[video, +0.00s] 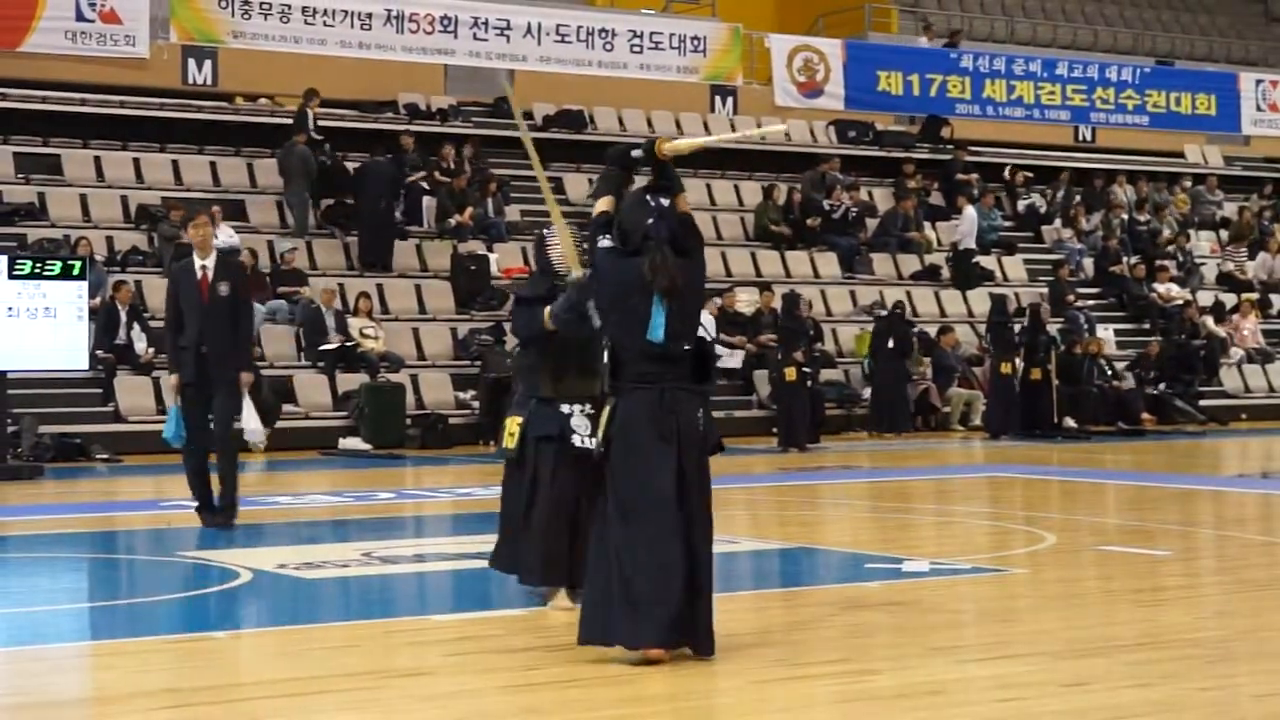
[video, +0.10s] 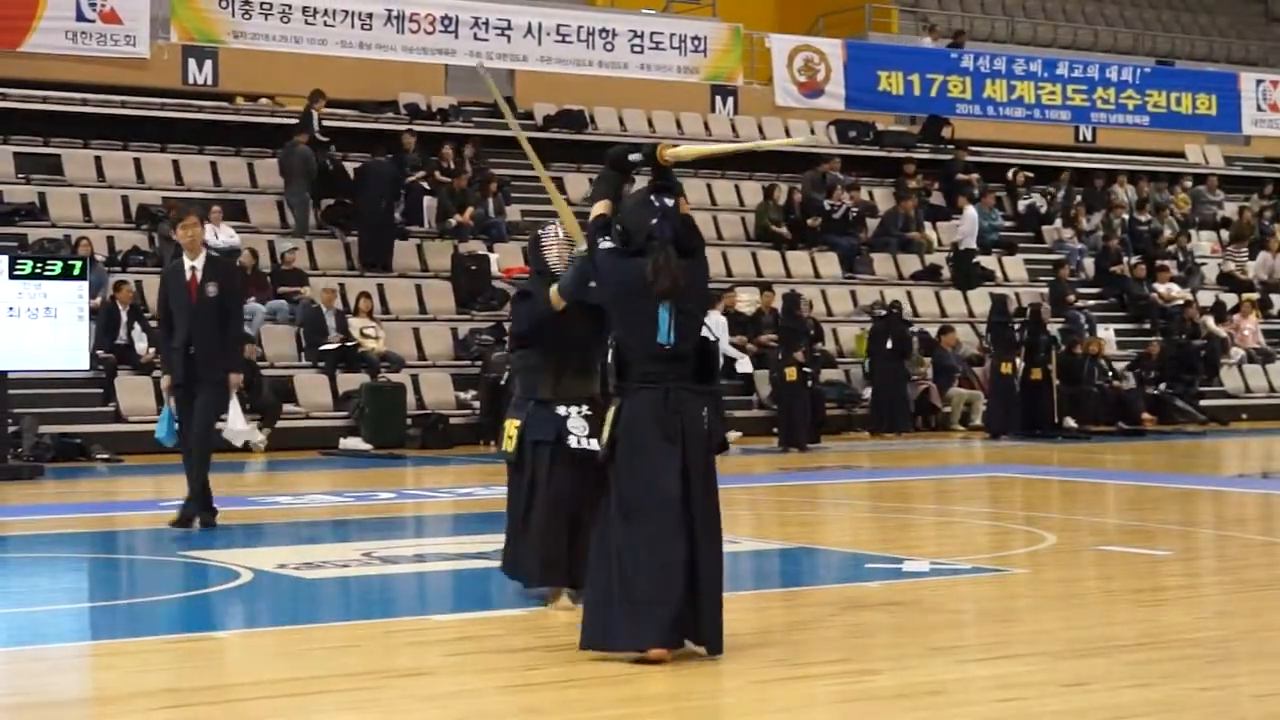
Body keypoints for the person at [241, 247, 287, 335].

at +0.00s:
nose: (242, 259)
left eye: (246, 256)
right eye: (241, 256)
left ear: (253, 260)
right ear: (239, 258)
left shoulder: (260, 275)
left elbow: (267, 292)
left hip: (261, 302)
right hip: (246, 304)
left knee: (281, 305)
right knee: (259, 310)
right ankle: (253, 341)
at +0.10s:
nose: (242, 259)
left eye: (246, 256)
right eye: (242, 256)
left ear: (254, 260)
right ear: (240, 258)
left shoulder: (261, 275)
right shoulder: (238, 274)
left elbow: (268, 293)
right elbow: (235, 292)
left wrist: (256, 298)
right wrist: (244, 300)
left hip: (262, 303)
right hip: (244, 304)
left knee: (282, 305)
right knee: (260, 310)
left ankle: (282, 338)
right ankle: (252, 341)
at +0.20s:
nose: (242, 259)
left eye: (246, 256)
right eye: (242, 256)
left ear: (254, 260)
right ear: (240, 257)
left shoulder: (261, 275)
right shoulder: (238, 274)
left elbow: (268, 293)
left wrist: (257, 298)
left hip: (262, 303)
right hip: (243, 305)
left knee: (283, 305)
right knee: (261, 310)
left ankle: (282, 337)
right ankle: (252, 339)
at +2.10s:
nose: (251, 255)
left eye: (254, 252)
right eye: (250, 252)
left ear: (262, 256)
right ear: (248, 255)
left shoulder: (268, 270)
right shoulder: (244, 269)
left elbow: (276, 288)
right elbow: (245, 282)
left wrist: (264, 294)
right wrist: (246, 263)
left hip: (270, 299)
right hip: (250, 300)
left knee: (283, 307)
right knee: (268, 306)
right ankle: (262, 340)